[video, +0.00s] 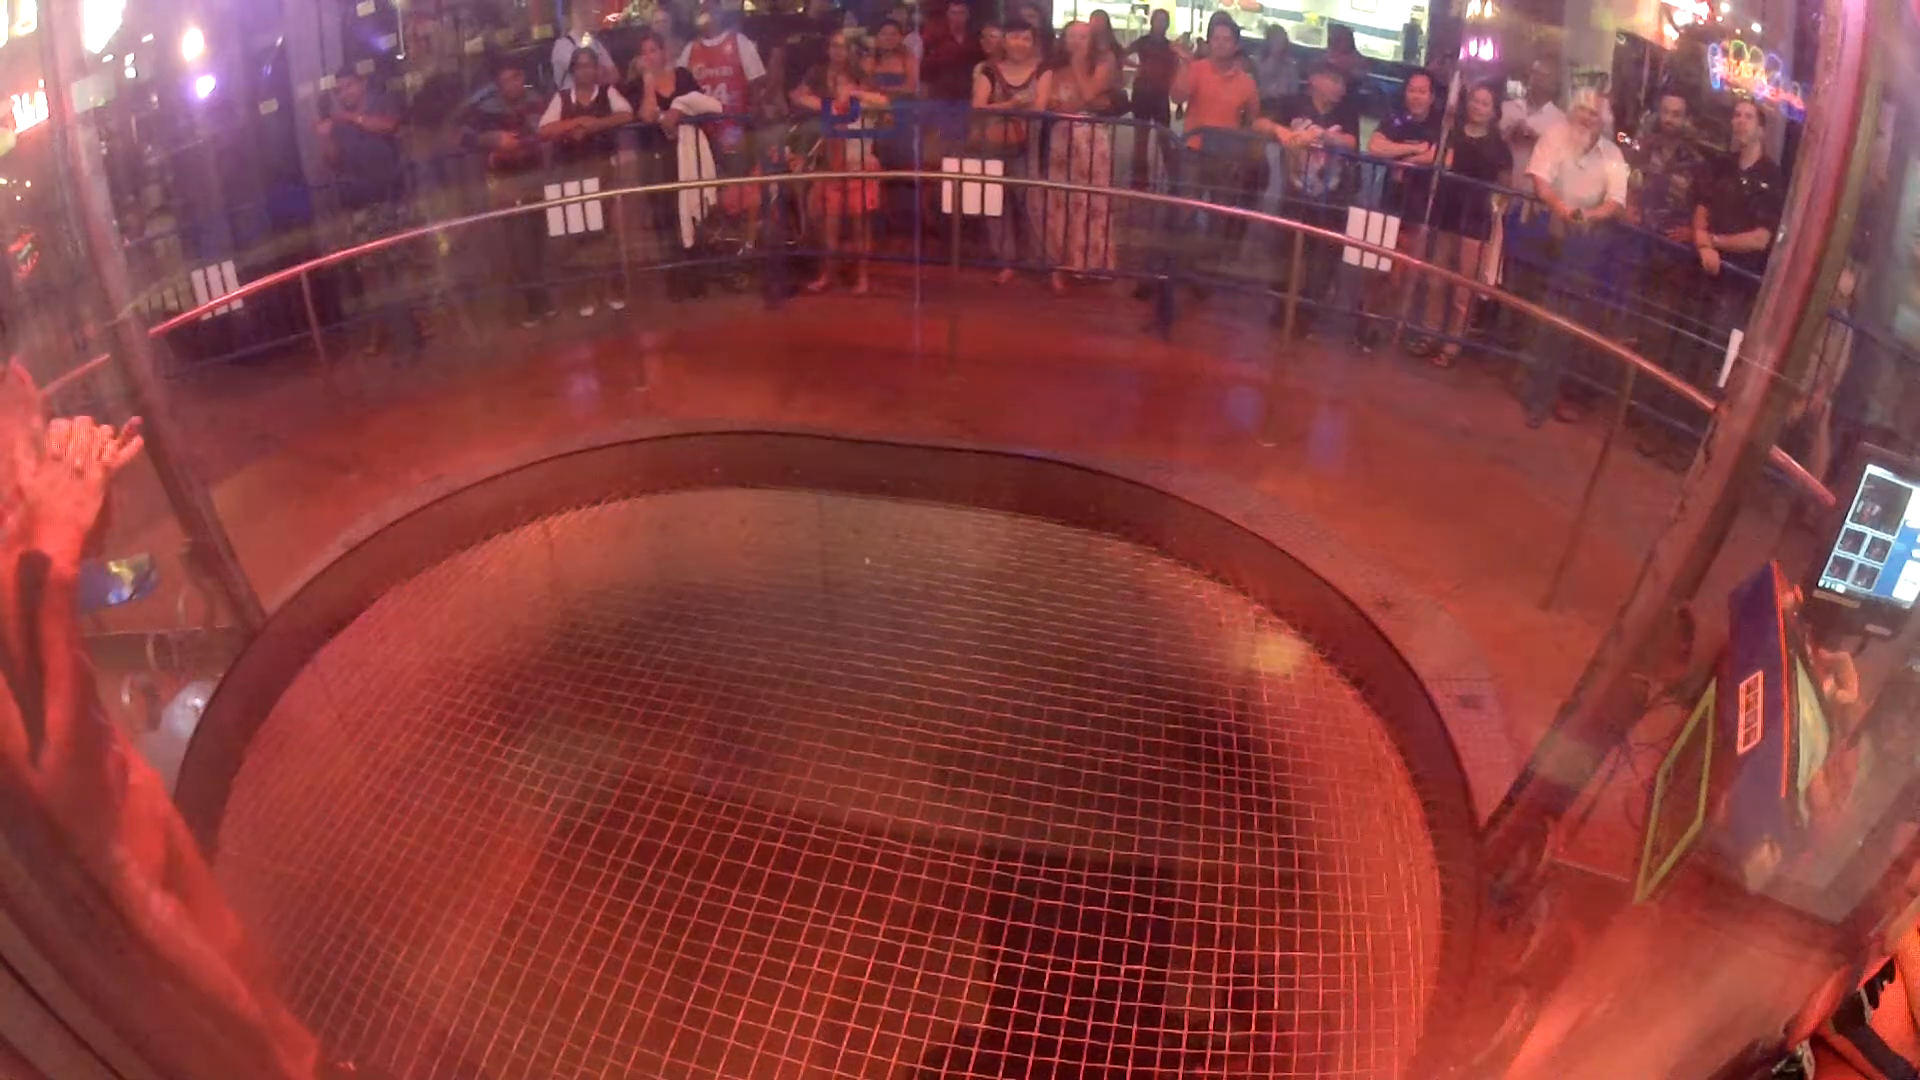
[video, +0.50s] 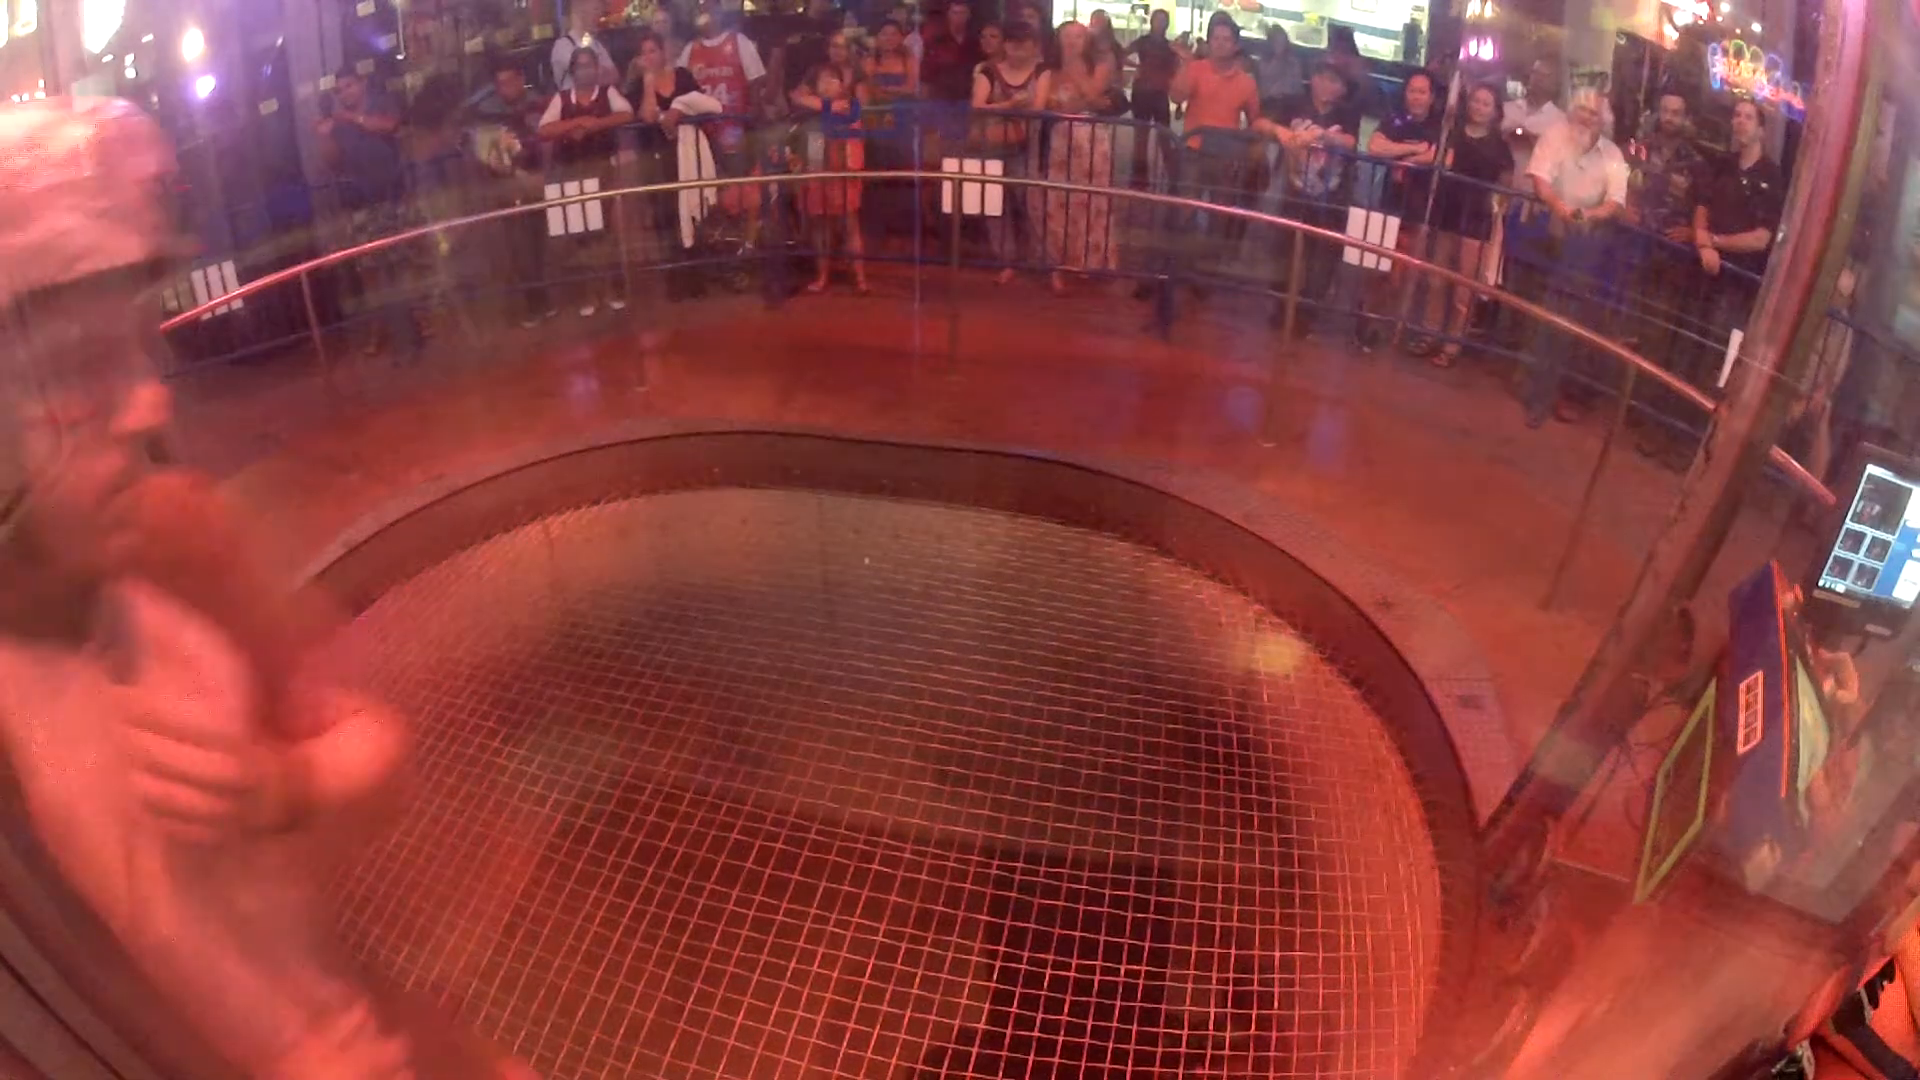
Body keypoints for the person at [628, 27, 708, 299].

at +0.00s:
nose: (649, 57)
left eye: (653, 51)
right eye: (645, 53)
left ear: (664, 52)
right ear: (640, 58)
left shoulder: (682, 75)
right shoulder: (637, 86)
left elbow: (702, 104)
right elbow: (648, 117)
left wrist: (677, 112)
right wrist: (647, 79)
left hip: (688, 148)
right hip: (658, 151)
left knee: (692, 204)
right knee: (666, 209)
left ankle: (698, 273)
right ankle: (674, 278)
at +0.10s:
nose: (650, 57)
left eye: (653, 51)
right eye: (645, 53)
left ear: (664, 52)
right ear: (641, 58)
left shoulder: (681, 74)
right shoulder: (638, 85)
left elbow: (701, 103)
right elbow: (647, 116)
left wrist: (677, 111)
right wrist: (647, 80)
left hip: (688, 146)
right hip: (659, 149)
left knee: (692, 202)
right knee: (666, 207)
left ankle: (698, 271)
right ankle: (674, 275)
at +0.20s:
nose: (649, 57)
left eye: (653, 51)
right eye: (645, 53)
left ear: (664, 52)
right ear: (641, 58)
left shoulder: (682, 74)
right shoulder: (640, 84)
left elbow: (701, 104)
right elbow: (648, 116)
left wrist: (677, 112)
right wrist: (647, 80)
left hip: (688, 147)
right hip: (660, 150)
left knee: (692, 203)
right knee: (666, 208)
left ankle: (698, 272)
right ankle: (674, 276)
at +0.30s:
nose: (650, 57)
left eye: (653, 51)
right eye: (645, 53)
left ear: (664, 52)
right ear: (640, 58)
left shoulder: (681, 74)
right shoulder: (639, 85)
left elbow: (701, 104)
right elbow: (647, 116)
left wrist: (677, 111)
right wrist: (647, 80)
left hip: (688, 146)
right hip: (659, 149)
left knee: (691, 202)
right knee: (666, 207)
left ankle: (698, 271)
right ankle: (674, 275)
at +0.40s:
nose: (650, 57)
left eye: (654, 51)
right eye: (645, 53)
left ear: (664, 52)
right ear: (641, 57)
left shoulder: (681, 74)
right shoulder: (640, 84)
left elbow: (701, 104)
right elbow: (647, 117)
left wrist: (678, 111)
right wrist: (648, 81)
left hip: (688, 146)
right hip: (659, 148)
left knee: (692, 200)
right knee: (665, 206)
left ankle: (698, 269)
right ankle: (673, 273)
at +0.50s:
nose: (649, 57)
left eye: (653, 51)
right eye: (644, 53)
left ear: (664, 53)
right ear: (640, 58)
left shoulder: (681, 74)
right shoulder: (639, 85)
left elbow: (701, 104)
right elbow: (648, 117)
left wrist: (677, 113)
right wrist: (648, 80)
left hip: (688, 147)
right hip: (659, 150)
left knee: (692, 202)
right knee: (666, 207)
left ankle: (698, 269)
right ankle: (674, 274)